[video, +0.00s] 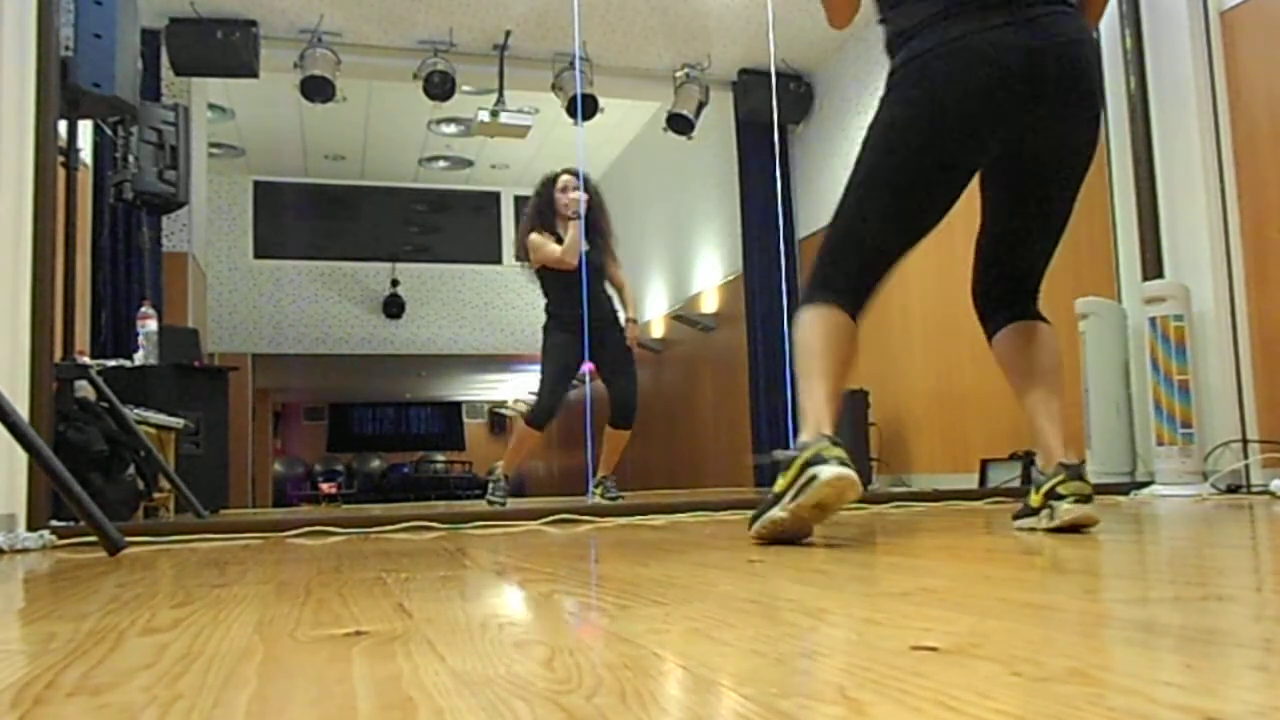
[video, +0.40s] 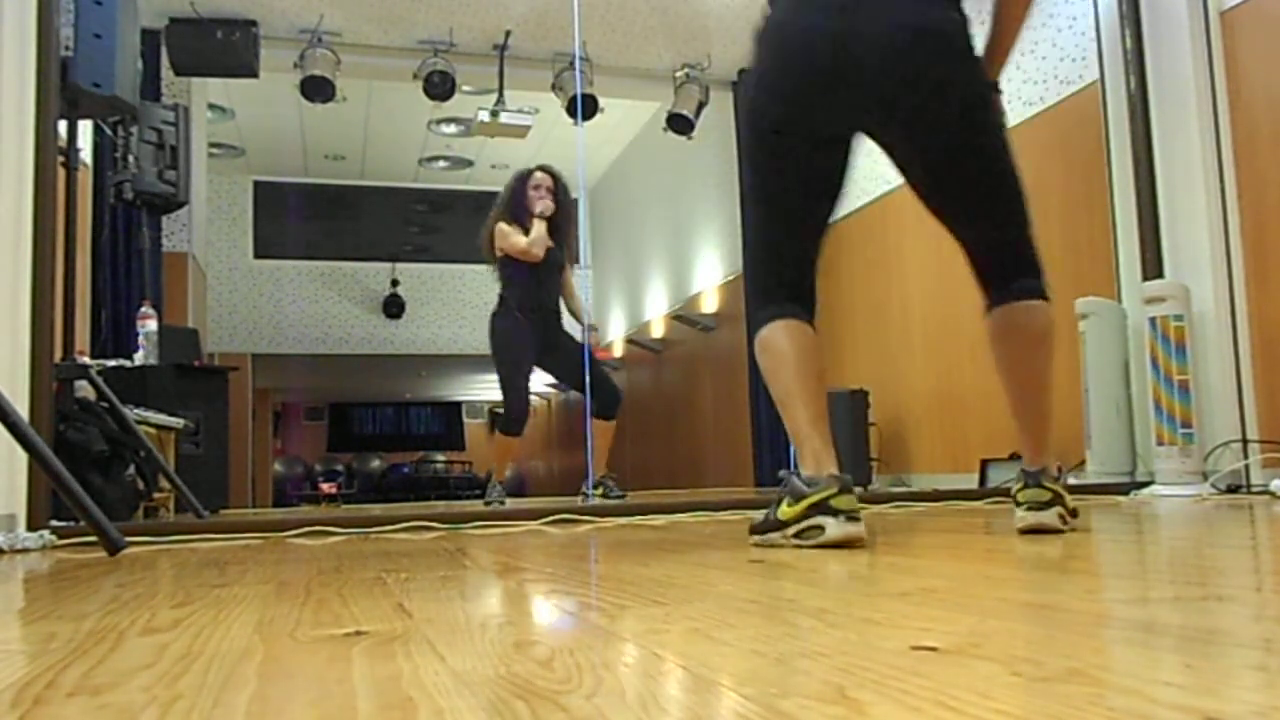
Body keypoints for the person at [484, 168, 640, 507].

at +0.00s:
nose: (574, 196)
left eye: (578, 190)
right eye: (566, 190)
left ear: (588, 198)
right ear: (550, 199)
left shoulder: (595, 241)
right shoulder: (537, 240)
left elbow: (620, 281)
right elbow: (568, 260)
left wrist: (631, 319)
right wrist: (576, 217)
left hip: (605, 327)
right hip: (564, 329)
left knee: (625, 402)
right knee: (547, 404)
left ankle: (604, 479)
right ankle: (503, 474)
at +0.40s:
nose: (543, 196)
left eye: (549, 191)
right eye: (536, 188)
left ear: (556, 200)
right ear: (520, 193)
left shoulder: (555, 243)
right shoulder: (504, 230)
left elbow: (569, 294)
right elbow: (534, 251)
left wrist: (589, 326)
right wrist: (540, 217)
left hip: (550, 331)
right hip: (512, 329)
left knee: (608, 396)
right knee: (516, 413)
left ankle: (596, 480)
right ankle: (496, 484)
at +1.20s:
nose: (522, 176)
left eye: (529, 172)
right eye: (517, 169)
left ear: (538, 181)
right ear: (503, 172)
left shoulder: (538, 223)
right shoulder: (483, 204)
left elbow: (550, 280)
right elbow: (478, 245)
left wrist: (571, 285)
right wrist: (509, 213)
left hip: (535, 305)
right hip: (493, 307)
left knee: (570, 383)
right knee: (495, 397)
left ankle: (583, 474)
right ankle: (493, 482)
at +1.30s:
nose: (531, 181)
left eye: (538, 177)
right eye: (525, 175)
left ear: (546, 187)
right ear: (511, 181)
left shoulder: (550, 229)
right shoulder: (491, 215)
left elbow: (556, 288)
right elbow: (469, 261)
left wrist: (573, 276)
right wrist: (507, 242)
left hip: (536, 313)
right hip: (493, 313)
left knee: (578, 386)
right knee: (491, 398)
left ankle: (597, 470)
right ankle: (493, 483)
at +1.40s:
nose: (539, 188)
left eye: (545, 183)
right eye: (532, 183)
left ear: (554, 194)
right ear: (519, 191)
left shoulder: (563, 235)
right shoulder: (502, 229)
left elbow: (572, 296)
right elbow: (472, 277)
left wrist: (569, 275)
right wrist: (490, 282)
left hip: (540, 325)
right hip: (497, 323)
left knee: (577, 396)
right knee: (487, 401)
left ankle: (604, 473)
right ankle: (491, 484)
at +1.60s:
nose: (554, 199)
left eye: (560, 194)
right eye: (548, 194)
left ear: (570, 203)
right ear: (536, 202)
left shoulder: (587, 244)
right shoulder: (522, 245)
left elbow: (602, 299)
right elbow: (502, 296)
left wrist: (587, 310)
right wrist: (497, 328)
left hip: (568, 334)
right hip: (525, 334)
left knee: (590, 403)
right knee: (489, 399)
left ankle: (599, 480)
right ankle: (493, 483)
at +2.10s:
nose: (577, 174)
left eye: (583, 169)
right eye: (570, 169)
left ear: (591, 178)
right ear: (557, 178)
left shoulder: (609, 213)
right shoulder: (547, 221)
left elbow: (639, 263)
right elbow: (535, 268)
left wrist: (633, 302)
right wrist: (534, 291)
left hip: (609, 312)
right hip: (566, 312)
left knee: (604, 394)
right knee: (525, 379)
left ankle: (602, 479)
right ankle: (512, 469)